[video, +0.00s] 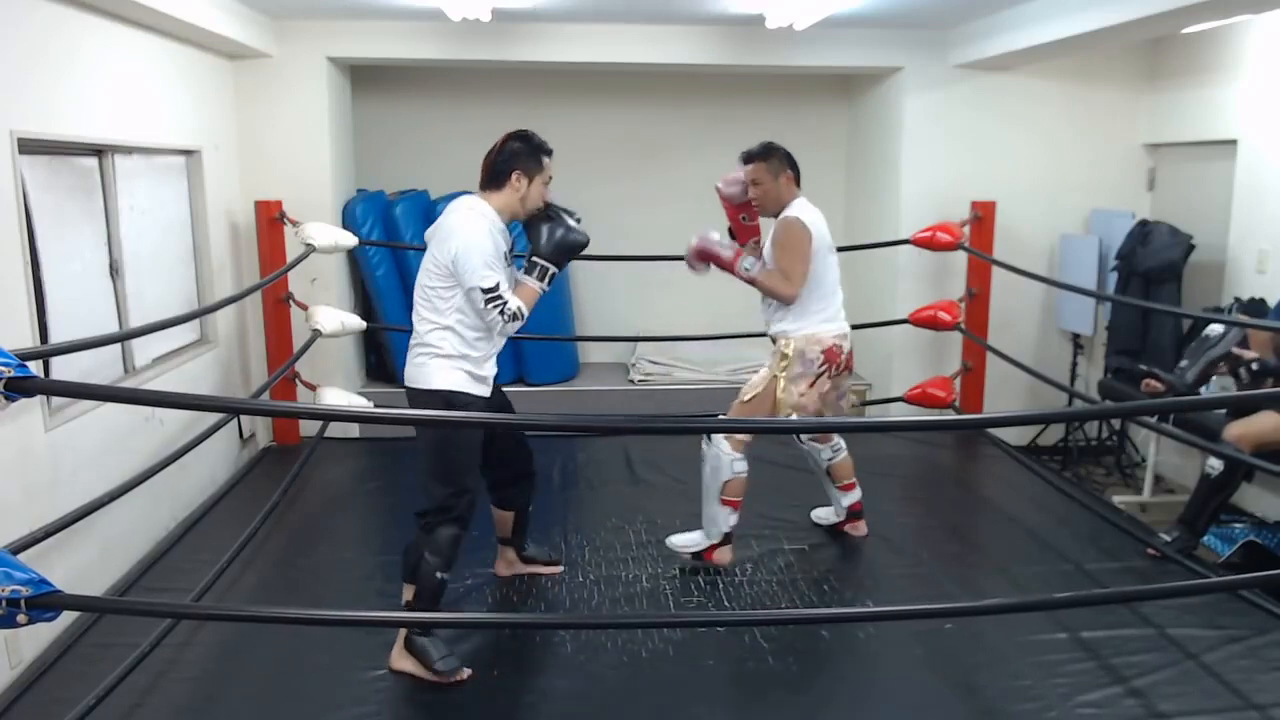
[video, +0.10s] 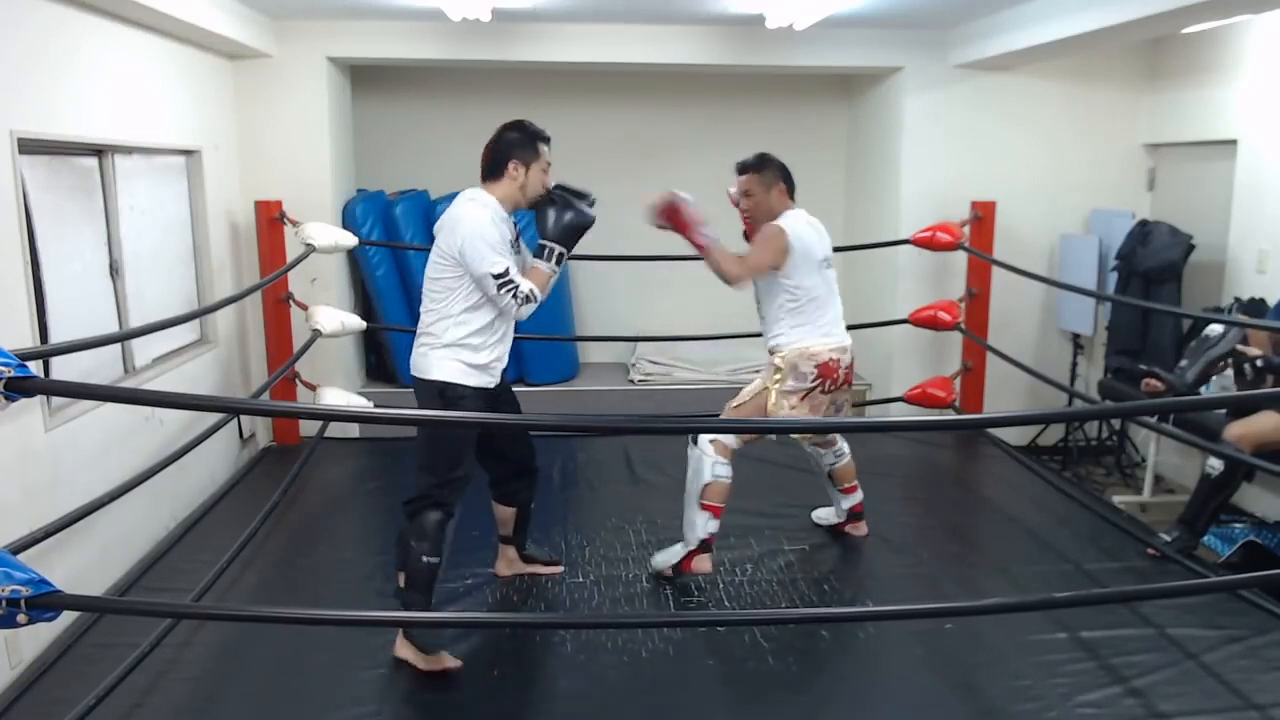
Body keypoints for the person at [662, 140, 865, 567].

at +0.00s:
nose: (751, 194)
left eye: (757, 183)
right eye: (748, 186)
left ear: (787, 179)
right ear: (788, 182)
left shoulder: (793, 223)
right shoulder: (802, 215)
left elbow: (788, 288)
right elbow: (766, 266)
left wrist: (734, 261)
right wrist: (741, 218)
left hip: (804, 353)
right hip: (828, 348)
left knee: (728, 435)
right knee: (817, 431)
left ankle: (718, 538)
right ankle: (853, 514)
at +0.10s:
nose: (741, 205)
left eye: (749, 195)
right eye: (738, 197)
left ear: (781, 192)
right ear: (784, 195)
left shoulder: (778, 233)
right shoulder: (812, 226)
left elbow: (735, 272)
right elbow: (771, 269)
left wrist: (696, 235)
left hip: (801, 365)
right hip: (838, 361)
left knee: (715, 440)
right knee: (816, 430)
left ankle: (698, 549)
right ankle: (853, 515)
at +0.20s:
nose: (721, 201)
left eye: (726, 192)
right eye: (720, 193)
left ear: (754, 186)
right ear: (765, 189)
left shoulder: (741, 222)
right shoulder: (807, 223)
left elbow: (668, 219)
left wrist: (604, 199)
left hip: (791, 363)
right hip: (837, 357)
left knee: (716, 452)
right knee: (837, 437)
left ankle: (696, 565)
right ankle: (854, 513)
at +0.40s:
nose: (721, 189)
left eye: (727, 177)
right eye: (721, 179)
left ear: (758, 174)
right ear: (764, 177)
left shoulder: (744, 225)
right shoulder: (817, 218)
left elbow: (694, 281)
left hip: (762, 372)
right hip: (823, 369)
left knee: (710, 471)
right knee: (840, 468)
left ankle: (689, 576)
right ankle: (871, 570)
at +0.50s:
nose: (737, 190)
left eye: (741, 178)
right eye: (736, 179)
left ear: (772, 173)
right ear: (785, 176)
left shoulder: (756, 230)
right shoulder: (832, 222)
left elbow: (737, 309)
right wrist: (750, 221)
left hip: (768, 378)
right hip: (832, 377)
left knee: (720, 478)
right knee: (845, 489)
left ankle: (685, 578)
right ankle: (872, 607)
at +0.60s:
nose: (754, 190)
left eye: (760, 180)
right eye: (754, 181)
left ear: (790, 177)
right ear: (801, 180)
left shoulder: (771, 235)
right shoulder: (849, 228)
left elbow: (759, 316)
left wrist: (737, 362)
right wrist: (768, 219)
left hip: (781, 388)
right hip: (846, 389)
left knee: (728, 484)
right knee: (854, 504)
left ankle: (687, 579)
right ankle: (872, 626)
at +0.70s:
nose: (762, 180)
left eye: (769, 169)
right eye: (763, 170)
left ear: (799, 167)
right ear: (812, 170)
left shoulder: (780, 222)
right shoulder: (859, 222)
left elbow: (757, 303)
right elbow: (826, 297)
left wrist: (724, 340)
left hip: (785, 381)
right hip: (854, 383)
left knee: (733, 485)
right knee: (860, 501)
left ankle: (718, 598)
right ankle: (874, 629)